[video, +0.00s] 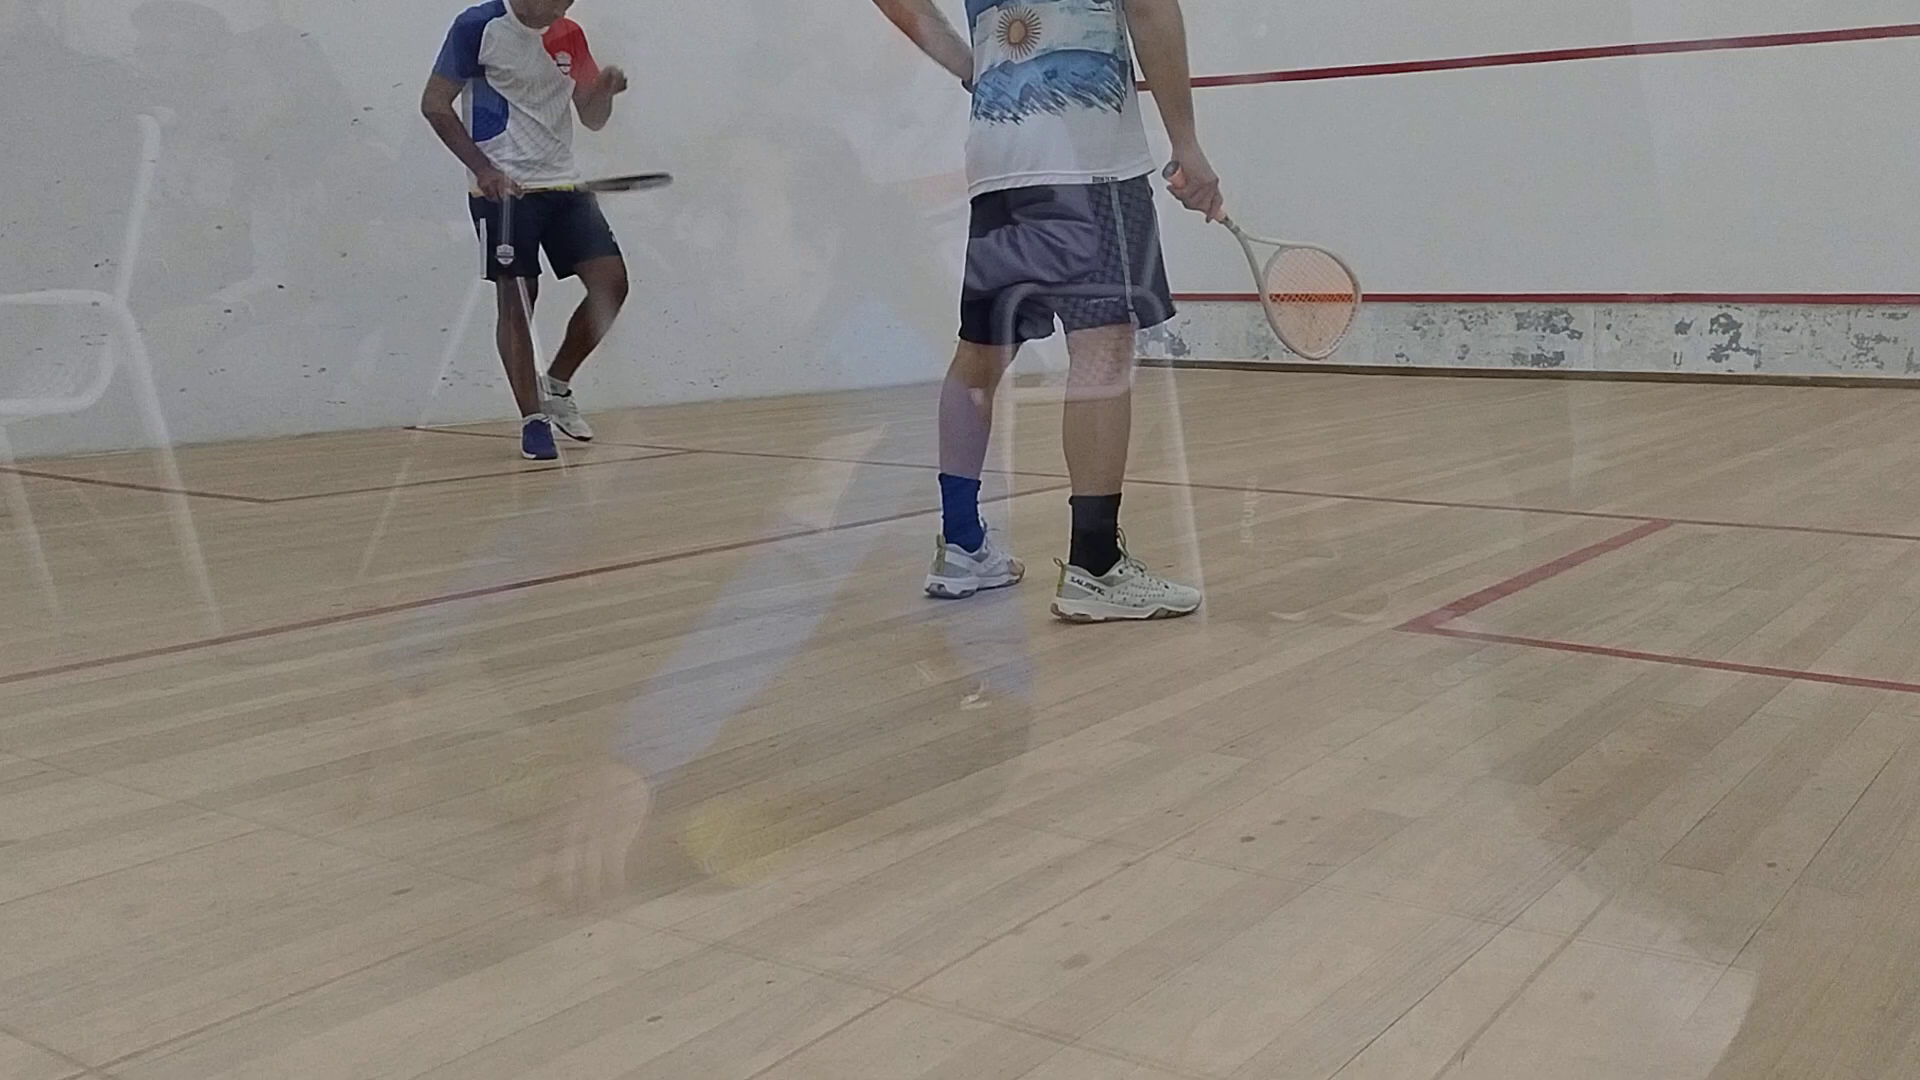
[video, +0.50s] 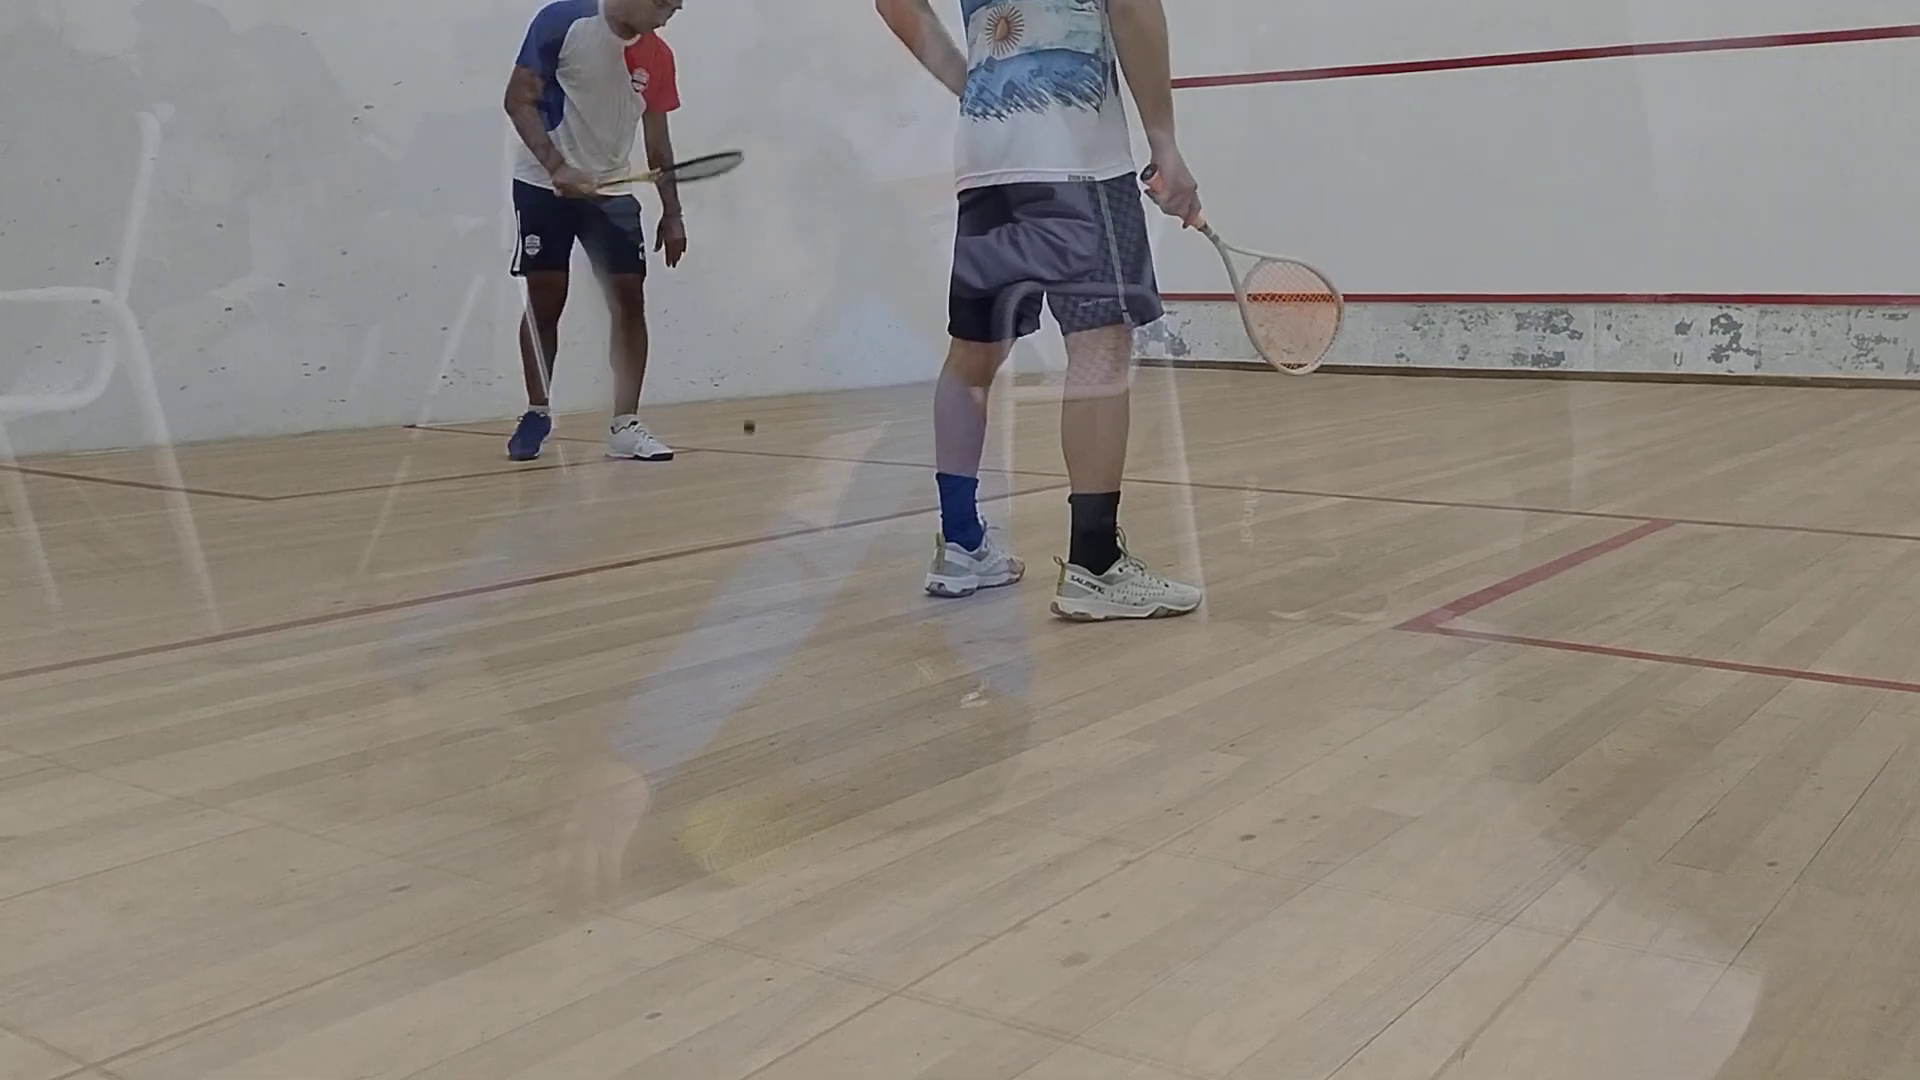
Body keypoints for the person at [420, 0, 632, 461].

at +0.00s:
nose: (558, 13)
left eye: (563, 8)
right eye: (554, 5)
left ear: (564, 5)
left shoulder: (568, 33)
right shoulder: (475, 27)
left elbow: (593, 119)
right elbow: (434, 103)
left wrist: (604, 91)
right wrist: (483, 170)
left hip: (562, 184)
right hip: (504, 186)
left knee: (611, 285)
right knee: (516, 297)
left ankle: (554, 385)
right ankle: (533, 420)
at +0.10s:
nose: (578, 11)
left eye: (583, 7)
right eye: (574, 4)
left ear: (580, 5)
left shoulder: (579, 33)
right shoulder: (490, 24)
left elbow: (607, 117)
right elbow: (451, 104)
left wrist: (620, 67)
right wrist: (493, 171)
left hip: (568, 183)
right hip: (509, 185)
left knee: (609, 284)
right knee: (521, 299)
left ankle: (596, 415)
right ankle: (534, 421)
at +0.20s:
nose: (606, 12)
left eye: (610, 7)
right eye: (604, 4)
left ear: (599, 6)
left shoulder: (599, 40)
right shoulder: (510, 22)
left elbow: (623, 125)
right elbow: (465, 102)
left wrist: (640, 68)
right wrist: (505, 172)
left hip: (578, 193)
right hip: (517, 189)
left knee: (600, 295)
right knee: (525, 304)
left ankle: (622, 421)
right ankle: (534, 421)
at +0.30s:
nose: (627, 16)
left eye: (633, 11)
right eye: (624, 6)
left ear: (630, 10)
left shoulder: (623, 48)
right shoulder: (530, 22)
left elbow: (632, 136)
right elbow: (483, 99)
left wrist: (656, 113)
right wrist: (515, 171)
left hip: (591, 194)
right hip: (529, 189)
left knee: (609, 302)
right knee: (536, 303)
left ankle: (622, 427)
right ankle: (536, 420)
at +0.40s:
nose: (648, 17)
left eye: (654, 11)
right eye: (643, 7)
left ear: (653, 10)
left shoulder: (641, 55)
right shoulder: (543, 24)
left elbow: (650, 140)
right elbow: (500, 99)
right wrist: (534, 168)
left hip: (603, 189)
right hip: (538, 186)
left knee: (622, 300)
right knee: (543, 304)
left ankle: (624, 427)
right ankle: (536, 411)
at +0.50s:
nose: (666, 20)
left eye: (671, 14)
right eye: (664, 10)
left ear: (657, 8)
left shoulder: (654, 52)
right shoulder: (559, 22)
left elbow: (657, 135)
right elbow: (518, 100)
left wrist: (671, 211)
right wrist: (556, 167)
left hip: (612, 191)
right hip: (544, 187)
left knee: (630, 302)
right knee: (545, 303)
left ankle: (624, 425)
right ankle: (538, 412)